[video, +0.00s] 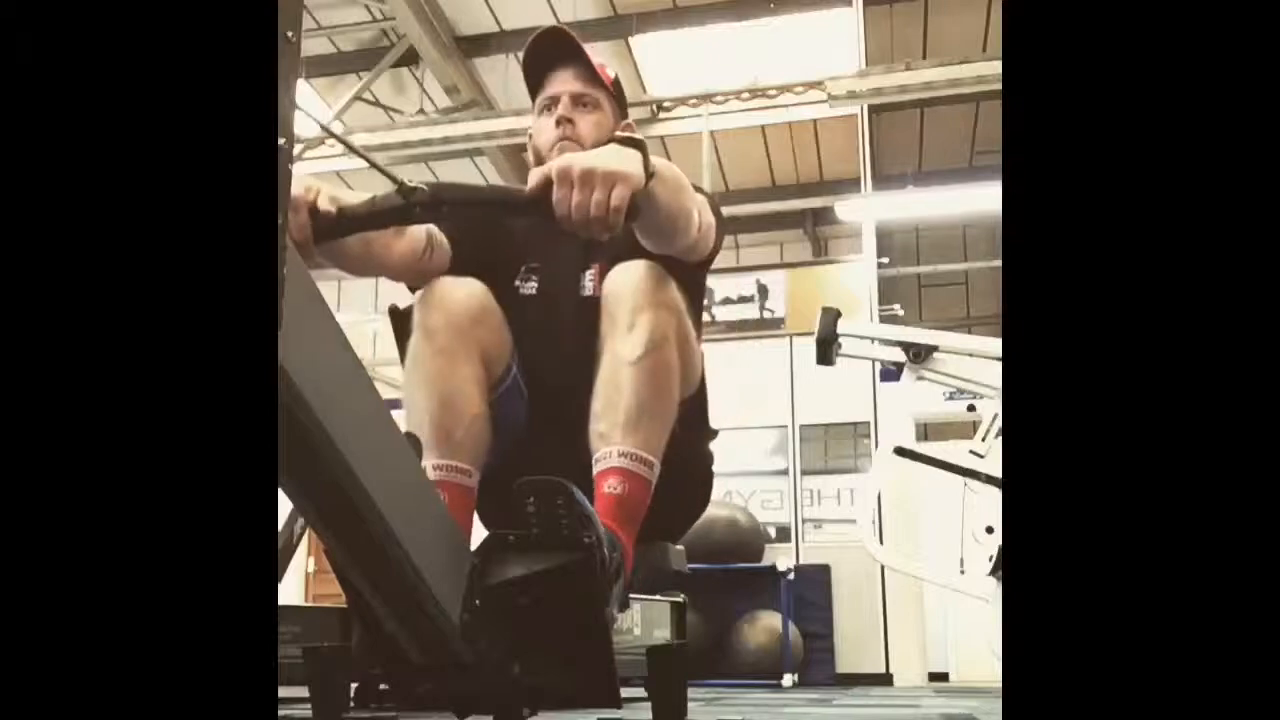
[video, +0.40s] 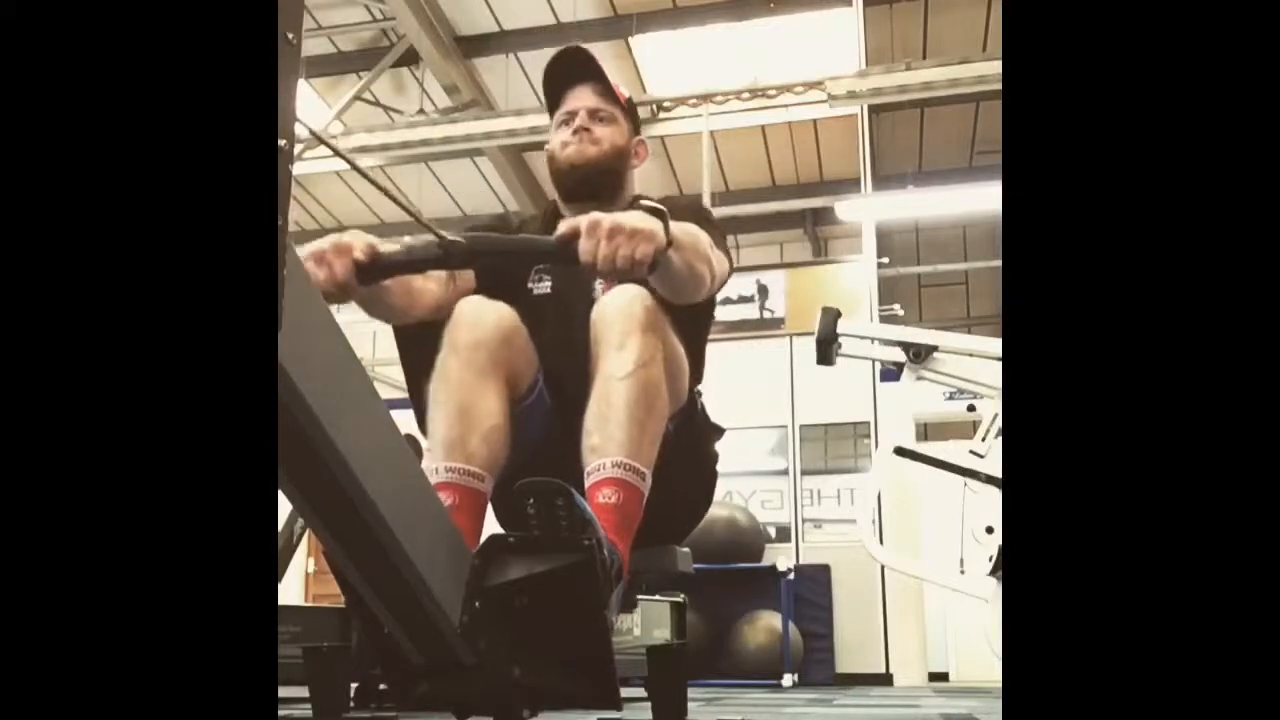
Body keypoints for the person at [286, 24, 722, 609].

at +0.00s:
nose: (562, 116)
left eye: (584, 104)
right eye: (548, 106)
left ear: (622, 131)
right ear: (530, 136)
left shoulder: (654, 214)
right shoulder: (501, 218)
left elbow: (691, 235)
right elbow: (412, 248)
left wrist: (641, 168)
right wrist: (325, 224)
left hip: (650, 476)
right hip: (523, 473)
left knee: (641, 281)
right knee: (448, 299)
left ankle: (611, 545)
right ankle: (442, 554)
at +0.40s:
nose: (580, 124)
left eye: (601, 118)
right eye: (565, 121)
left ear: (636, 150)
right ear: (549, 155)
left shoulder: (679, 223)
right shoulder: (509, 241)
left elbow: (700, 278)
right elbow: (433, 287)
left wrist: (658, 242)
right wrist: (368, 275)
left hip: (655, 477)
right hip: (534, 479)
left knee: (628, 305)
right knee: (474, 317)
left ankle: (605, 557)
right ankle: (447, 562)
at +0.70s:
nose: (608, 168)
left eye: (626, 162)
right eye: (595, 164)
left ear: (658, 192)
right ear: (579, 196)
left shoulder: (695, 257)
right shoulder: (546, 270)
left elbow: (712, 310)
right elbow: (480, 320)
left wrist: (683, 279)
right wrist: (429, 313)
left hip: (669, 487)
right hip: (559, 483)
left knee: (649, 357)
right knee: (497, 365)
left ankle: (602, 569)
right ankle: (445, 562)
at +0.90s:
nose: (636, 225)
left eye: (650, 218)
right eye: (625, 219)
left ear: (677, 239)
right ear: (612, 239)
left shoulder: (706, 299)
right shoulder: (581, 314)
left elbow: (738, 347)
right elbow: (524, 360)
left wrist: (711, 328)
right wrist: (483, 351)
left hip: (682, 490)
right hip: (580, 485)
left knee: (660, 418)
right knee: (519, 422)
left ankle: (603, 567)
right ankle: (457, 555)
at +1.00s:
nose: (649, 258)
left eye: (663, 251)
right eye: (637, 253)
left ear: (688, 269)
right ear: (623, 272)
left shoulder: (716, 335)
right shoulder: (593, 345)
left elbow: (758, 386)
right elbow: (522, 396)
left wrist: (724, 357)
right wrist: (505, 370)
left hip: (691, 485)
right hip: (591, 482)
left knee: (658, 462)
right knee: (530, 460)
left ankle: (606, 576)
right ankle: (463, 562)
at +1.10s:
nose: (656, 286)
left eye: (671, 279)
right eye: (644, 279)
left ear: (695, 299)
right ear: (631, 298)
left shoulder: (724, 361)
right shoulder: (597, 365)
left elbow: (784, 434)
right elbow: (523, 443)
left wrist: (739, 390)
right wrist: (524, 407)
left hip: (693, 495)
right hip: (593, 494)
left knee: (653, 484)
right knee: (544, 495)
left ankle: (607, 590)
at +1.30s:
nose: (645, 277)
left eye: (661, 267)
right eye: (634, 267)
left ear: (687, 281)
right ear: (621, 281)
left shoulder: (725, 345)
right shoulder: (589, 352)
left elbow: (812, 435)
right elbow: (500, 441)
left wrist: (751, 379)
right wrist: (525, 396)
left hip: (689, 503)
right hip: (584, 495)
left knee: (652, 435)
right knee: (536, 437)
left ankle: (606, 574)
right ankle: (466, 555)